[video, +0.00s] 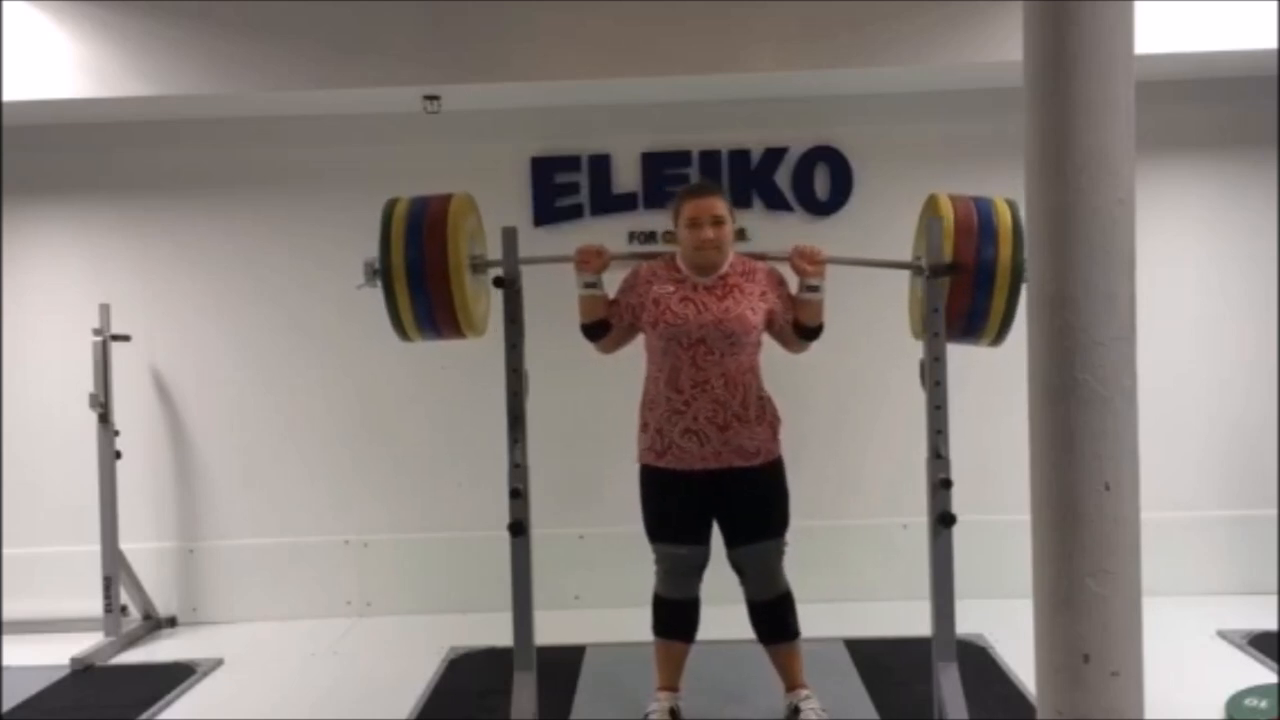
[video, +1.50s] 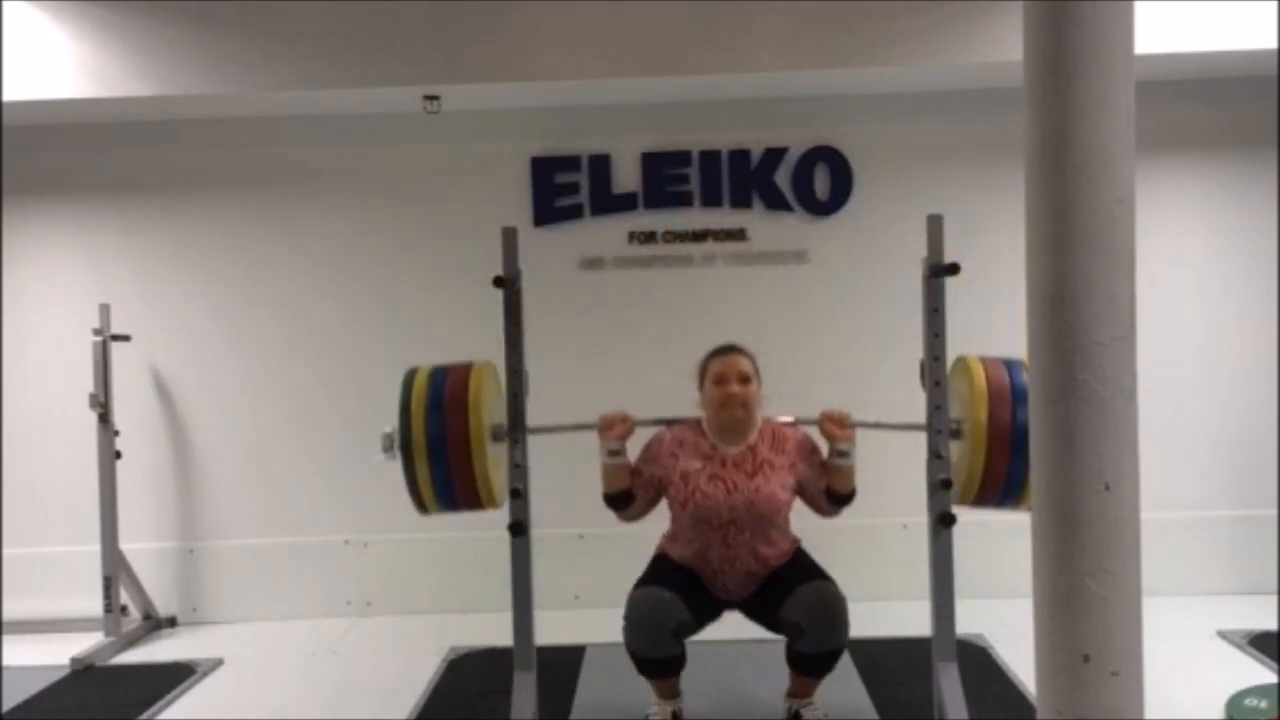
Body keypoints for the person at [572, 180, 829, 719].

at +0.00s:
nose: (707, 233)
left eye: (717, 222)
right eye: (695, 224)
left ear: (733, 228)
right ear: (676, 231)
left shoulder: (758, 278)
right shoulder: (649, 280)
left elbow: (799, 339)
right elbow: (604, 339)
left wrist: (810, 285)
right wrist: (590, 281)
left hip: (748, 456)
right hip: (672, 458)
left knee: (764, 576)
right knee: (676, 579)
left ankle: (799, 695)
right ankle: (665, 699)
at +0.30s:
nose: (720, 228)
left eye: (730, 217)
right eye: (707, 219)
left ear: (745, 225)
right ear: (688, 228)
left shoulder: (771, 277)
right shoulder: (662, 280)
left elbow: (812, 338)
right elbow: (616, 340)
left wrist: (824, 283)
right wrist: (602, 282)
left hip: (762, 458)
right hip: (685, 460)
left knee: (772, 580)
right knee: (684, 582)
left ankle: (800, 695)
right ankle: (666, 698)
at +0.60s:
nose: (722, 222)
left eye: (733, 213)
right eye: (710, 214)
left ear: (749, 223)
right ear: (691, 227)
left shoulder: (775, 276)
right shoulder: (664, 280)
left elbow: (816, 338)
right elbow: (620, 342)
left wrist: (828, 282)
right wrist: (605, 283)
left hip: (765, 459)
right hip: (687, 461)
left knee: (777, 580)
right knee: (680, 583)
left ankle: (800, 696)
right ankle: (666, 699)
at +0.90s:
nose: (723, 249)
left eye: (734, 240)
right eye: (711, 241)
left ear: (750, 251)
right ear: (692, 254)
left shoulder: (776, 305)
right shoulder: (666, 308)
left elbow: (819, 367)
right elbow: (621, 371)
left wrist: (829, 312)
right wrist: (605, 313)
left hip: (764, 461)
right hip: (682, 463)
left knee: (797, 571)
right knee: (662, 578)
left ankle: (801, 696)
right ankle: (665, 699)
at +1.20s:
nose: (727, 319)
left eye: (738, 310)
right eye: (714, 311)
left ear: (753, 321)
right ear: (696, 325)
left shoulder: (782, 375)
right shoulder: (669, 377)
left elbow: (824, 437)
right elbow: (622, 442)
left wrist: (835, 382)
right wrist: (608, 383)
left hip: (765, 505)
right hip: (685, 508)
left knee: (813, 587)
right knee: (655, 595)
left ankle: (801, 701)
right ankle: (666, 703)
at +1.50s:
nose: (733, 390)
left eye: (743, 380)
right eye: (720, 381)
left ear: (758, 392)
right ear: (701, 393)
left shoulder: (787, 442)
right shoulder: (673, 444)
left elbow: (830, 505)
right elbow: (628, 508)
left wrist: (842, 450)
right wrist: (613, 449)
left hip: (772, 568)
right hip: (689, 569)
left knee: (824, 613)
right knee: (648, 618)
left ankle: (801, 704)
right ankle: (667, 706)